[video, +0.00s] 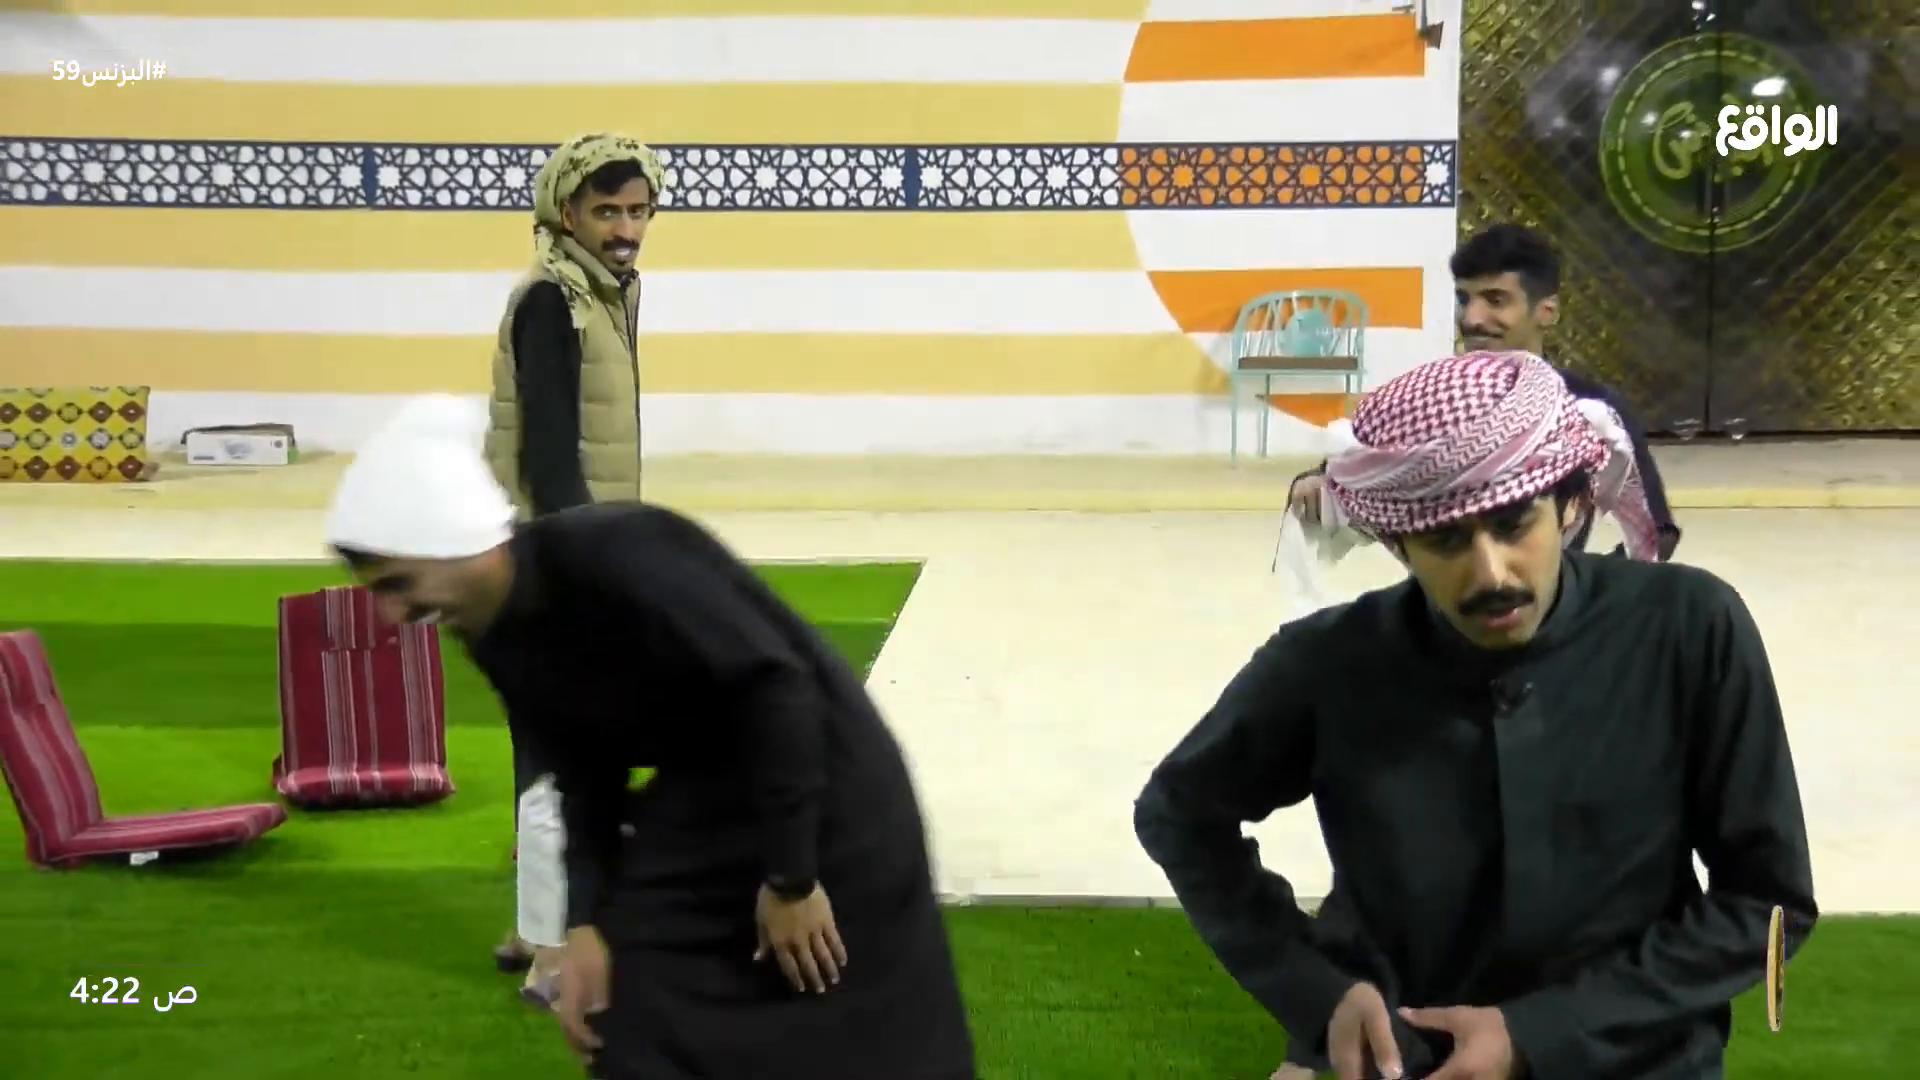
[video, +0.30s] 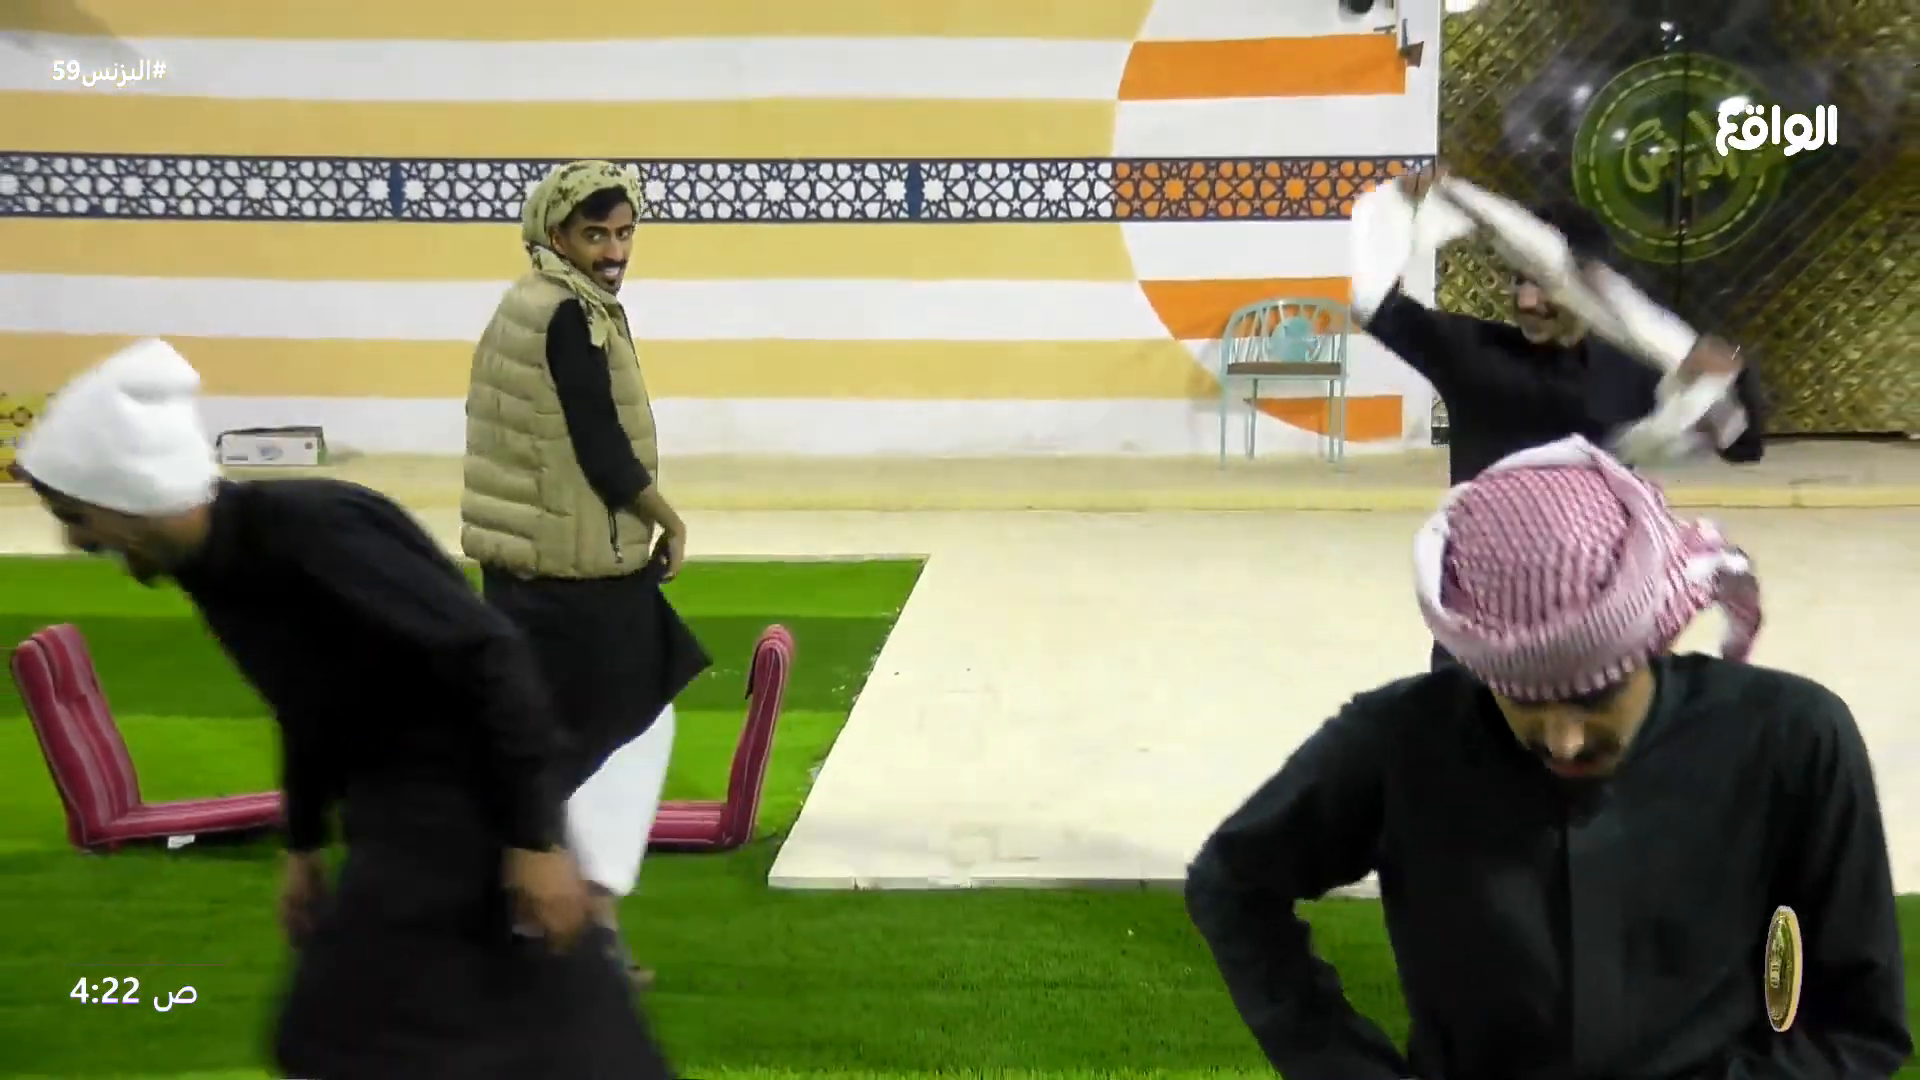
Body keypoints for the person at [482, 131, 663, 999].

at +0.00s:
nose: (626, 229)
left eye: (638, 213)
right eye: (607, 212)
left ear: (648, 217)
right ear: (563, 215)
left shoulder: (607, 302)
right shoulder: (548, 303)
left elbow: (611, 443)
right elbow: (552, 454)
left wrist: (635, 558)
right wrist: (579, 570)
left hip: (601, 566)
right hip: (555, 569)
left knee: (581, 761)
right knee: (555, 763)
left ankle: (555, 927)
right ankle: (550, 943)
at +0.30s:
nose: (617, 248)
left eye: (625, 233)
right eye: (599, 233)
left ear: (630, 234)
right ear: (558, 234)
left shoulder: (520, 305)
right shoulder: (574, 316)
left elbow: (527, 443)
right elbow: (603, 453)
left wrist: (625, 516)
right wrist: (665, 514)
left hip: (520, 577)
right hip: (578, 583)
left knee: (543, 748)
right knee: (629, 740)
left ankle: (533, 920)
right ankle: (588, 923)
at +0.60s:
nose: (654, 251)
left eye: (659, 238)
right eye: (641, 238)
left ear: (587, 246)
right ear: (600, 238)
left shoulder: (542, 309)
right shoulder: (617, 308)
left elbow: (533, 425)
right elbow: (642, 421)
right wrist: (670, 478)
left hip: (542, 558)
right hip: (624, 557)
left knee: (563, 719)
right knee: (678, 703)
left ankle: (565, 902)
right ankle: (673, 867)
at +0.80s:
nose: (772, 275)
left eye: (773, 261)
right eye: (764, 262)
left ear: (705, 259)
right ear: (729, 258)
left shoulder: (637, 324)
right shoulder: (740, 325)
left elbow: (627, 423)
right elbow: (763, 427)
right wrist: (768, 481)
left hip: (646, 546)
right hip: (728, 546)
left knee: (669, 702)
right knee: (755, 687)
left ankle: (666, 864)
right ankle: (763, 851)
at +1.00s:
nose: (843, 252)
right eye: (843, 242)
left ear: (772, 240)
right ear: (837, 248)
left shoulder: (726, 308)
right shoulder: (855, 316)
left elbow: (700, 420)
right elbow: (888, 422)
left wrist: (736, 467)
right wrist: (855, 465)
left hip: (731, 529)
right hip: (822, 531)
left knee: (741, 658)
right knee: (838, 681)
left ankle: (770, 792)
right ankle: (853, 847)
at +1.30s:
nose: (799, 243)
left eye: (804, 233)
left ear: (810, 238)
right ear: (878, 236)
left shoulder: (784, 309)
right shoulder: (907, 299)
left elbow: (772, 427)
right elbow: (951, 387)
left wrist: (812, 460)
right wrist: (931, 437)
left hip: (812, 527)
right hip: (904, 521)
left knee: (812, 671)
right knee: (910, 652)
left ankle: (835, 817)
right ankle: (948, 768)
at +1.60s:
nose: (867, 223)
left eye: (870, 213)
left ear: (878, 220)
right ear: (943, 210)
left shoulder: (853, 290)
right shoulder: (979, 273)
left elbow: (837, 414)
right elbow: (1030, 367)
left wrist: (851, 463)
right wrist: (999, 415)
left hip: (906, 514)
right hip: (988, 507)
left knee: (916, 683)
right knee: (964, 610)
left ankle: (929, 835)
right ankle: (984, 764)